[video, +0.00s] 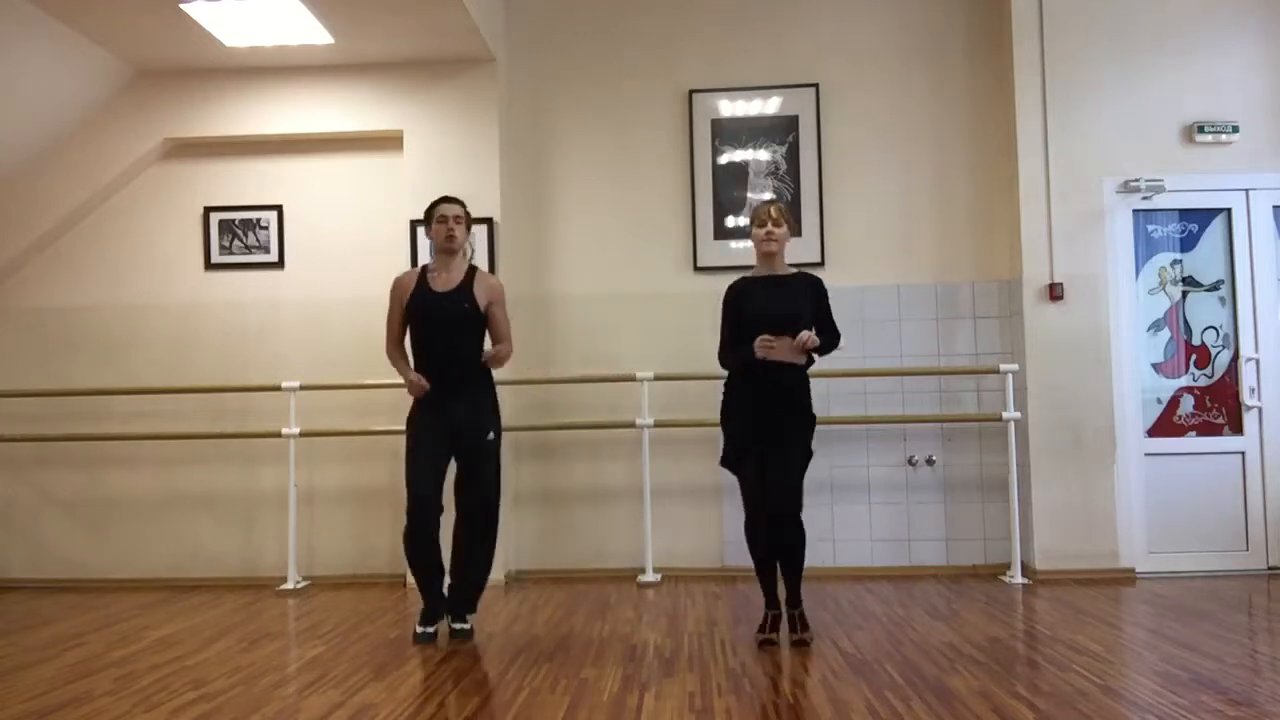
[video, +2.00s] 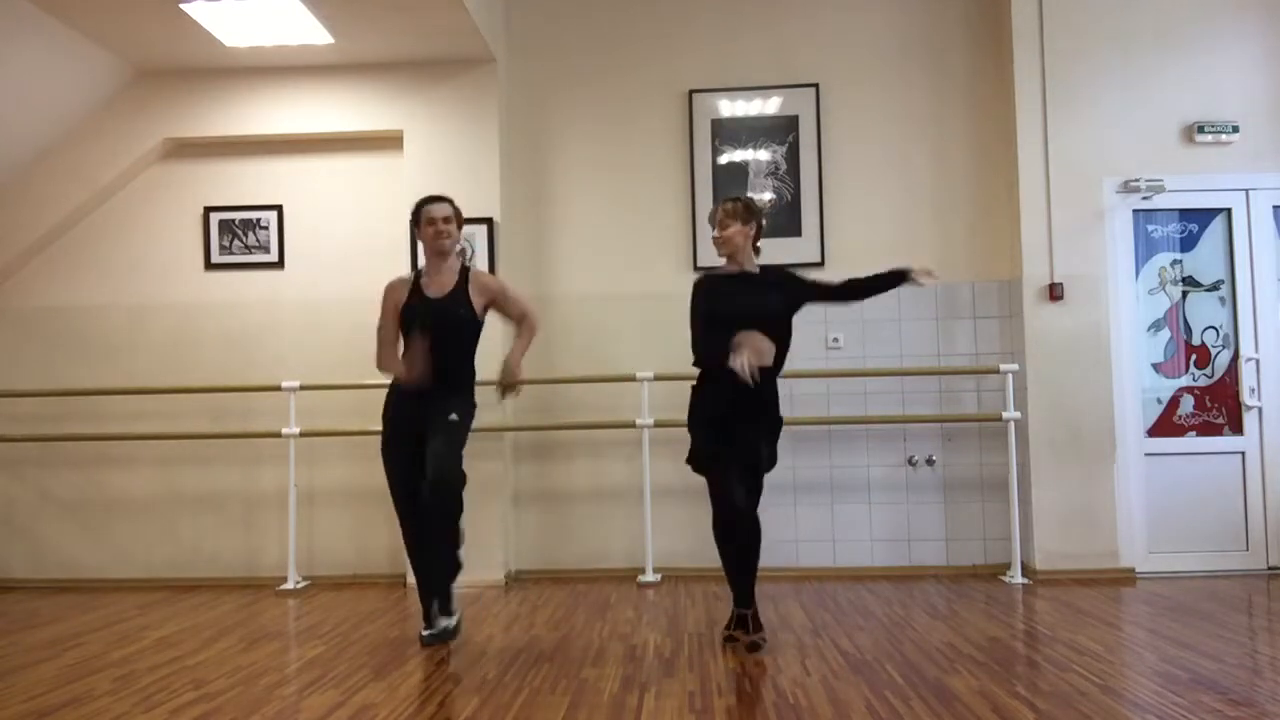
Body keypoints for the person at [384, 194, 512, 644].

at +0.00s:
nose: (450, 227)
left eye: (457, 221)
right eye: (441, 221)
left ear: (468, 231)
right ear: (428, 232)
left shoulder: (487, 286)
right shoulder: (406, 285)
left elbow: (504, 349)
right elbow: (393, 345)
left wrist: (484, 361)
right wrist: (408, 375)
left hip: (477, 407)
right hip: (430, 406)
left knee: (477, 511)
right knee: (422, 510)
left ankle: (462, 608)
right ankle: (431, 605)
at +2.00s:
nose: (440, 229)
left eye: (447, 221)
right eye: (431, 223)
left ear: (459, 230)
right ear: (417, 233)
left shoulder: (482, 285)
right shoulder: (399, 291)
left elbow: (527, 320)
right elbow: (385, 358)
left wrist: (514, 360)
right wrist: (405, 369)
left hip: (452, 403)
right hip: (405, 404)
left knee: (440, 481)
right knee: (410, 506)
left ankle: (443, 592)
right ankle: (432, 608)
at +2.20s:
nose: (429, 214)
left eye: (436, 205)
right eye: (419, 207)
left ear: (448, 212)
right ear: (406, 215)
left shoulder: (467, 267)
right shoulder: (388, 271)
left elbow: (483, 333)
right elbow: (375, 319)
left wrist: (431, 299)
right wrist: (367, 358)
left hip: (465, 388)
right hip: (417, 383)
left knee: (454, 509)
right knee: (403, 429)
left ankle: (441, 615)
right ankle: (418, 499)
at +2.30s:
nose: (429, 213)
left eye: (437, 206)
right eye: (420, 207)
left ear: (450, 214)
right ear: (407, 215)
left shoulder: (465, 270)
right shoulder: (389, 269)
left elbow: (463, 334)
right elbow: (386, 313)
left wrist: (425, 285)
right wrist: (383, 343)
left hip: (462, 387)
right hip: (416, 382)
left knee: (453, 509)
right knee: (421, 430)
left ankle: (440, 622)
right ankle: (427, 525)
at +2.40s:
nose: (433, 217)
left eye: (440, 209)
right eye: (423, 210)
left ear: (454, 216)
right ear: (411, 218)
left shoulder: (468, 277)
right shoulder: (400, 272)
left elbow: (453, 341)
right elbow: (400, 339)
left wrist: (429, 287)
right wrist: (397, 390)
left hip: (456, 401)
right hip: (408, 401)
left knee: (460, 506)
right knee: (423, 500)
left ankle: (445, 622)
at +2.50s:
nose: (431, 214)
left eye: (439, 207)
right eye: (423, 208)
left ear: (454, 215)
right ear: (411, 217)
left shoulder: (471, 268)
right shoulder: (403, 266)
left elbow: (460, 320)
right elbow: (405, 327)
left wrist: (426, 274)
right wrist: (397, 379)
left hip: (450, 392)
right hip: (402, 388)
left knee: (448, 504)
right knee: (406, 486)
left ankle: (440, 624)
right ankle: (407, 587)